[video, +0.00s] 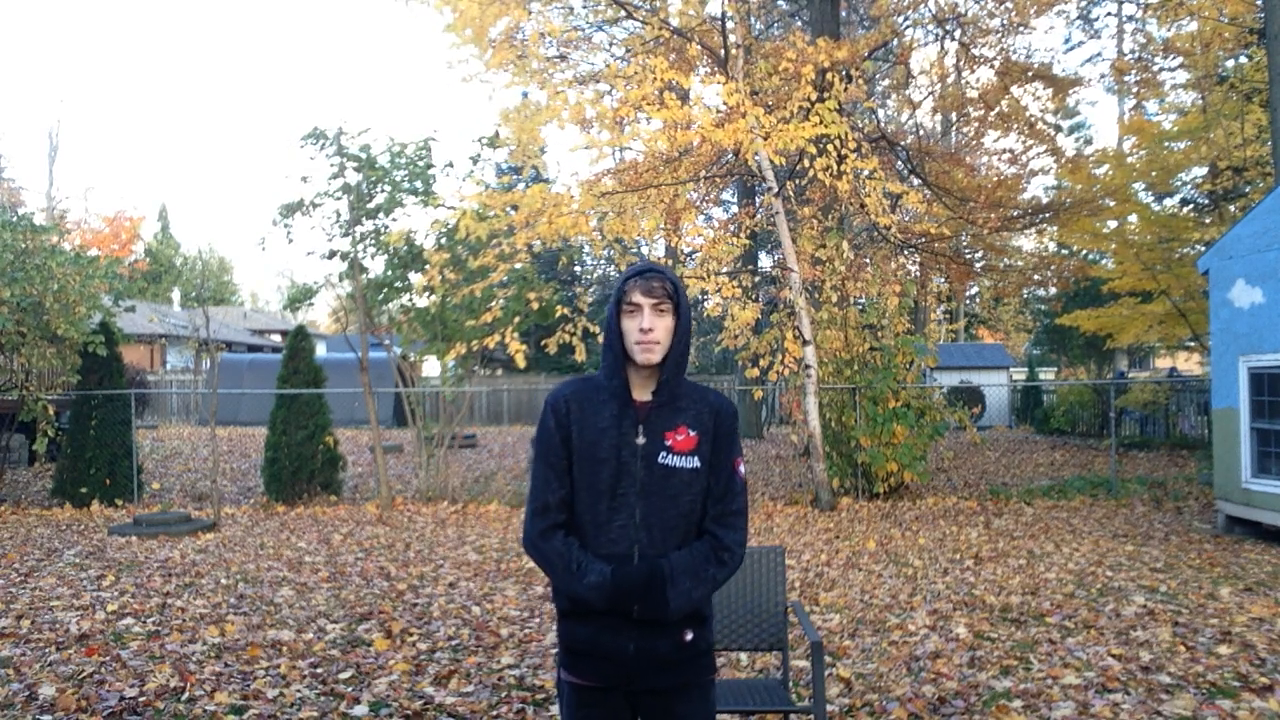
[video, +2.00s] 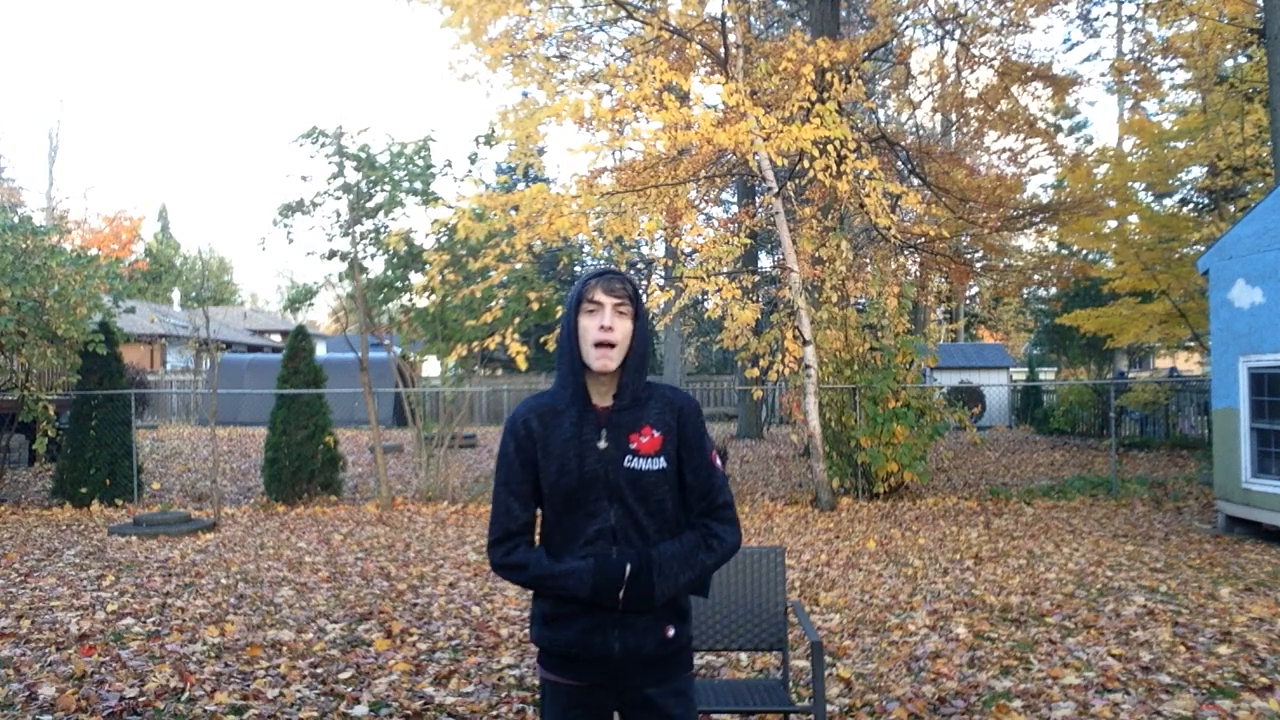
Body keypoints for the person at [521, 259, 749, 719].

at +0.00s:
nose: (645, 325)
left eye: (659, 311)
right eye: (632, 311)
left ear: (679, 324)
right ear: (616, 323)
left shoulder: (713, 412)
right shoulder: (569, 404)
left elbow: (728, 537)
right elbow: (540, 529)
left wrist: (661, 583)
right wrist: (606, 585)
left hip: (680, 652)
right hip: (591, 653)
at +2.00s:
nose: (606, 325)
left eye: (621, 312)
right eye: (592, 310)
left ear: (637, 329)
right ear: (571, 326)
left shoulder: (676, 412)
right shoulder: (533, 421)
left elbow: (722, 528)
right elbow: (506, 549)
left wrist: (648, 573)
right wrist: (593, 577)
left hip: (661, 659)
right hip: (569, 661)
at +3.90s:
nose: (627, 313)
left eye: (642, 301)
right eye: (614, 300)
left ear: (660, 317)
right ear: (595, 314)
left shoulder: (697, 400)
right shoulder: (553, 401)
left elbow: (762, 498)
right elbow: (501, 509)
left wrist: (680, 538)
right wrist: (593, 553)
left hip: (681, 645)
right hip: (590, 649)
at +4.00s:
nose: (620, 313)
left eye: (634, 300)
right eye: (606, 300)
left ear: (652, 317)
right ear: (586, 315)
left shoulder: (690, 391)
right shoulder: (547, 392)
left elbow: (783, 468)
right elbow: (481, 486)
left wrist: (756, 555)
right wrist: (521, 572)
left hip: (673, 638)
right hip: (582, 641)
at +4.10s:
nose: (617, 322)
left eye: (631, 310)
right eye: (603, 309)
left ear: (649, 325)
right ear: (582, 321)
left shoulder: (684, 402)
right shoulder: (537, 408)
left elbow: (761, 503)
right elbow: (483, 521)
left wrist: (851, 595)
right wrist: (437, 637)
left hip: (665, 650)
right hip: (573, 653)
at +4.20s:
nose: (612, 321)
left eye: (626, 309)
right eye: (598, 308)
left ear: (645, 323)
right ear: (577, 321)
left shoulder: (678, 402)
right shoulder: (540, 408)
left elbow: (725, 526)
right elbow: (511, 544)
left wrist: (824, 580)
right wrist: (437, 635)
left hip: (659, 648)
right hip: (566, 652)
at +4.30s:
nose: (609, 316)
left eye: (623, 305)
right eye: (595, 304)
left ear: (642, 319)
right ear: (576, 319)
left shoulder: (678, 402)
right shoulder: (539, 408)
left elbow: (696, 530)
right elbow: (532, 541)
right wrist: (477, 628)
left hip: (658, 645)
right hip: (570, 647)